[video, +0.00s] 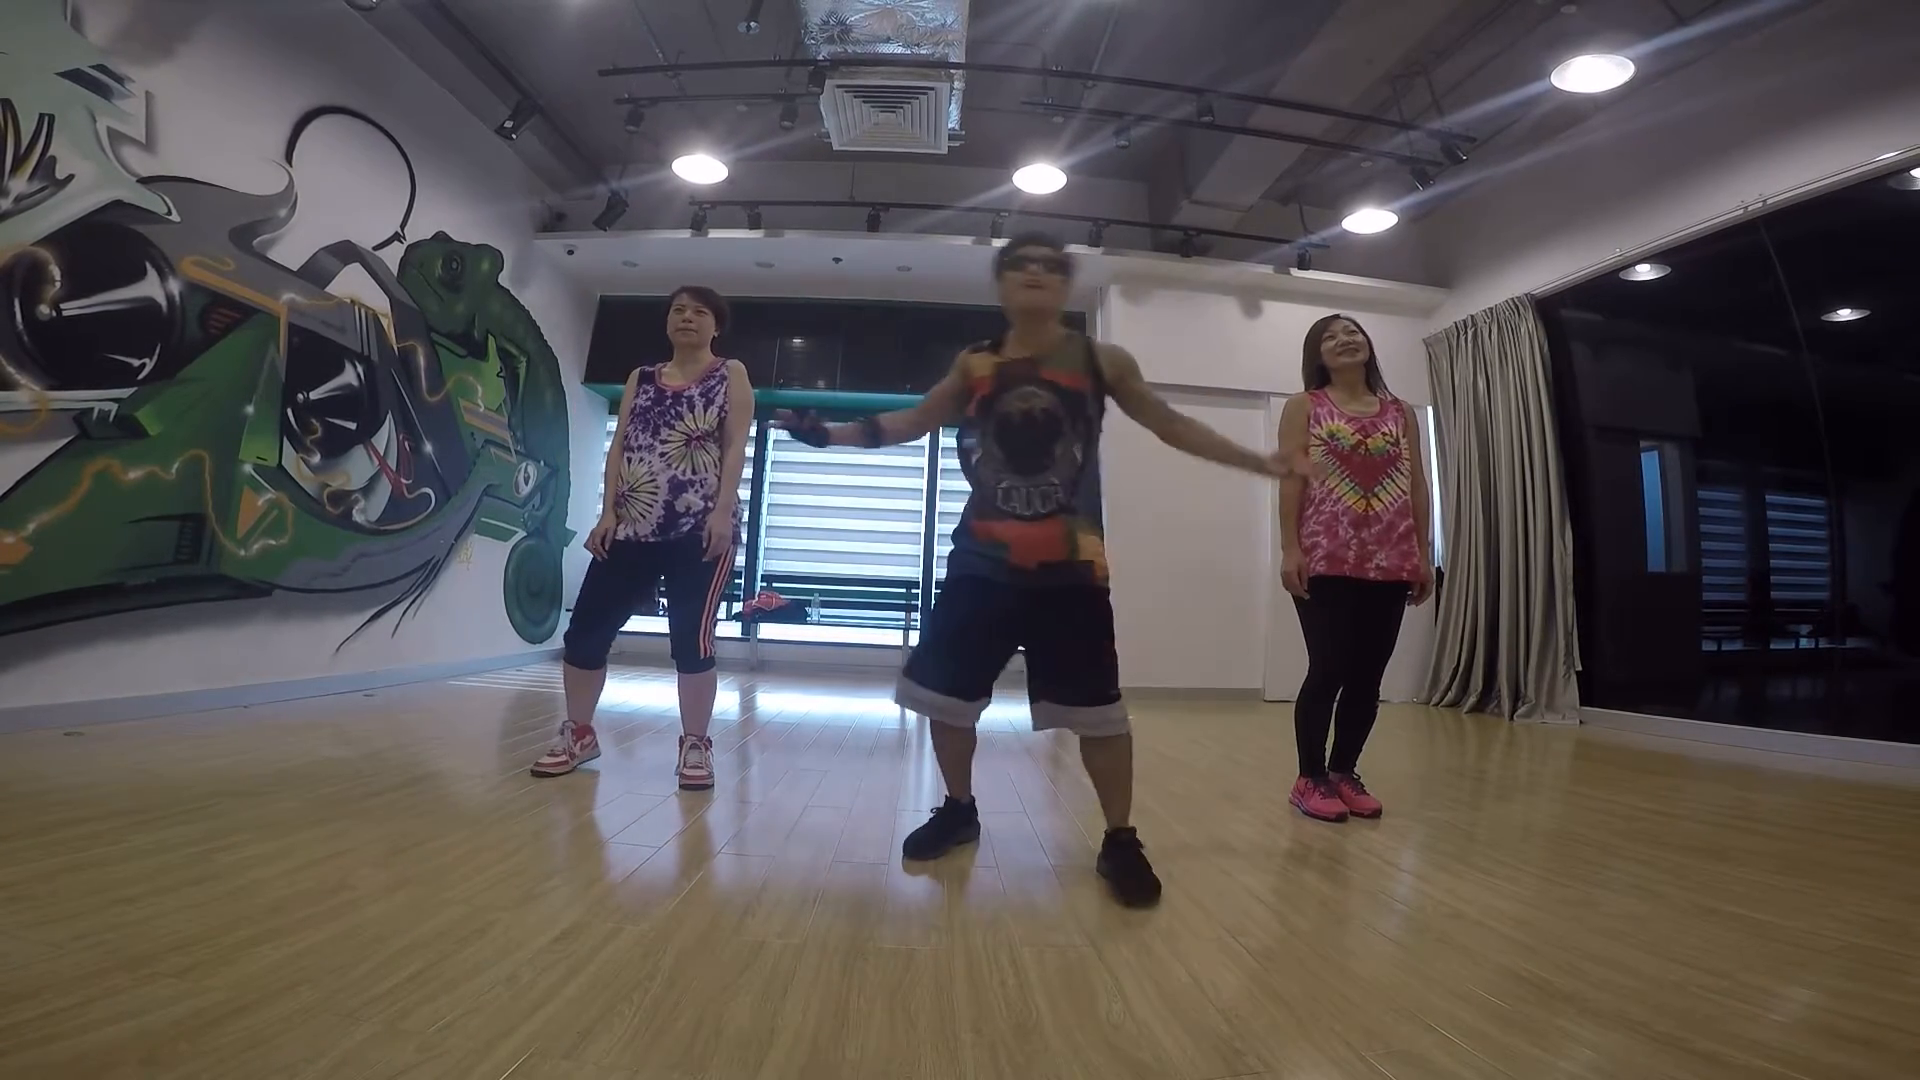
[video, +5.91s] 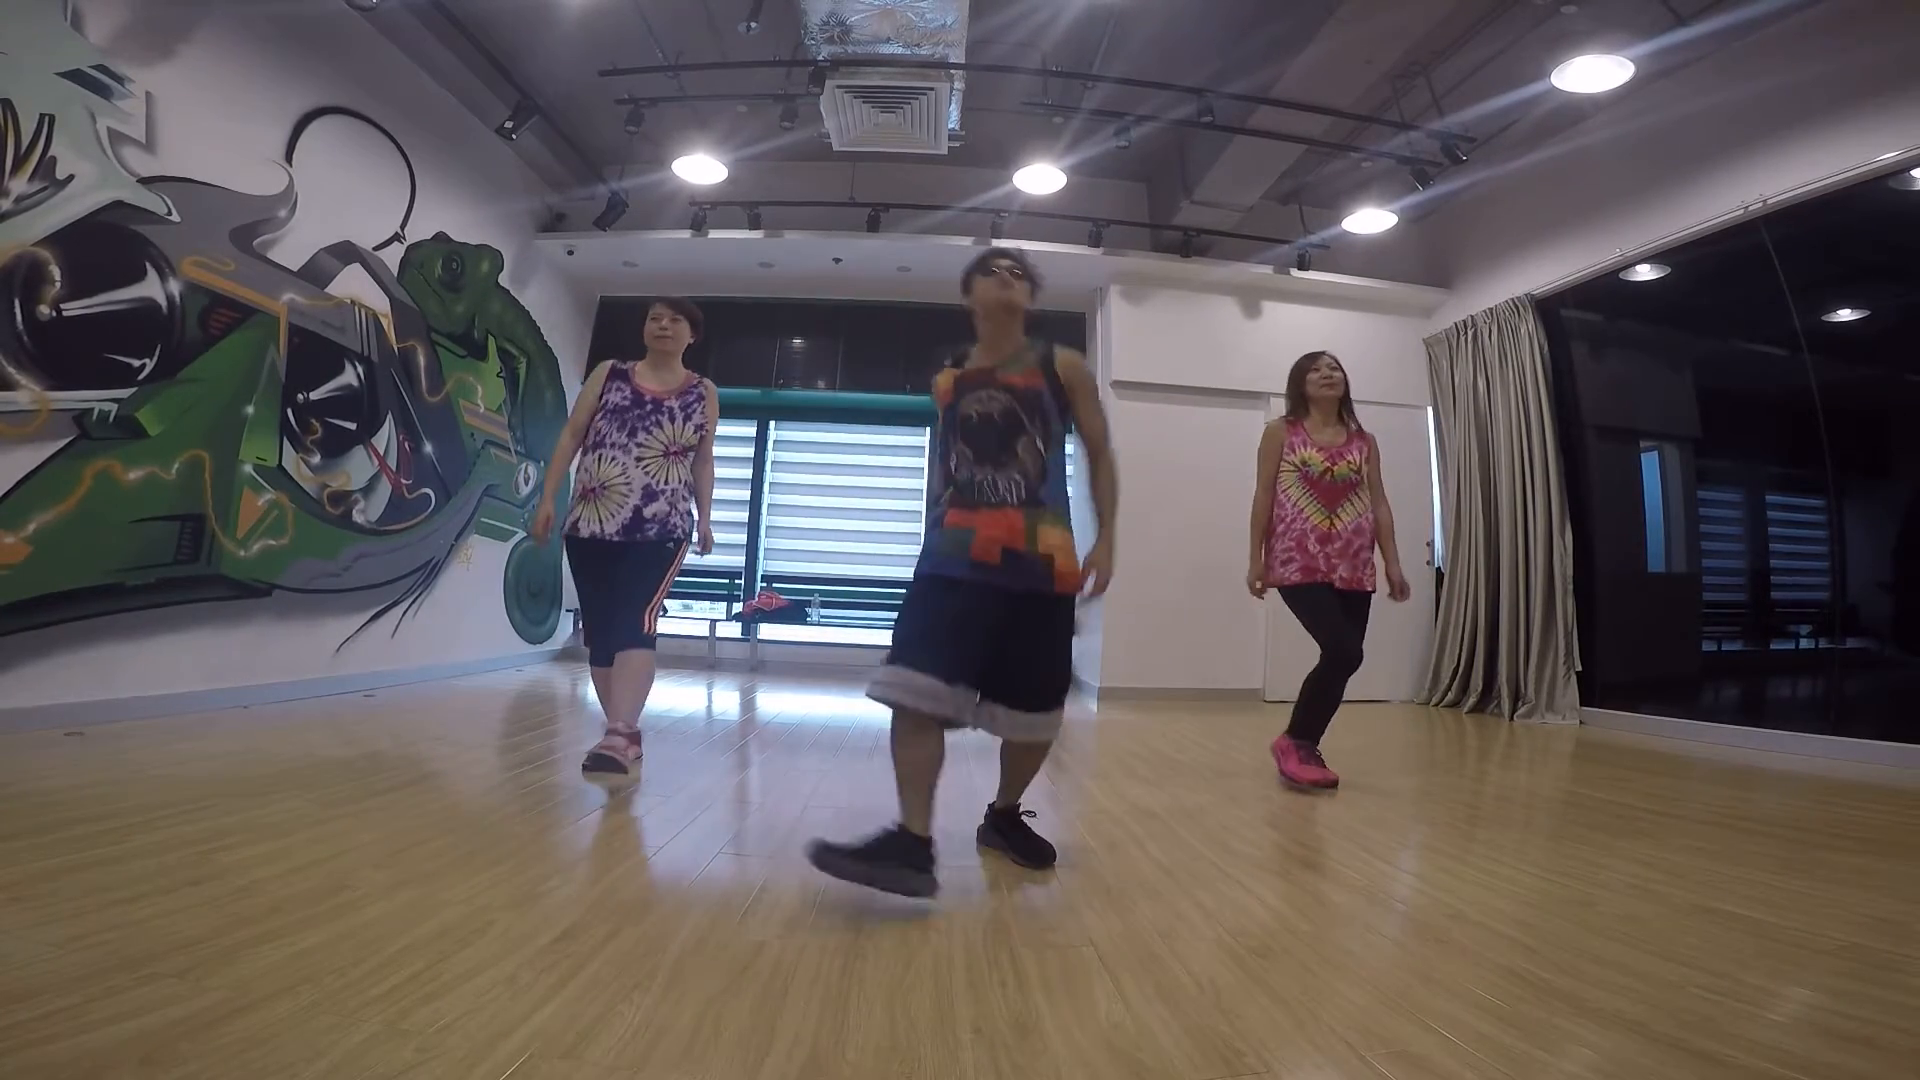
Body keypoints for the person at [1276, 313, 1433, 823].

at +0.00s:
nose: (1345, 338)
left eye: (1353, 332)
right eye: (1331, 336)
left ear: (1370, 348)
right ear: (1317, 358)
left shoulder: (1398, 411)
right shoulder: (1304, 407)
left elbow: (1417, 486)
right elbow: (1293, 479)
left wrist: (1423, 555)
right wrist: (1291, 548)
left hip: (1389, 564)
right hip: (1325, 562)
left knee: (1366, 679)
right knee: (1326, 672)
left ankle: (1344, 774)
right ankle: (1310, 780)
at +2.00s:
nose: (1394, 354)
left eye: (1402, 348)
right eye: (1382, 349)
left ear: (1415, 362)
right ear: (1364, 364)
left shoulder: (1435, 424)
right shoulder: (1343, 417)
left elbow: (1450, 495)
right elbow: (1330, 489)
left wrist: (1456, 559)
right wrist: (1329, 557)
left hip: (1422, 569)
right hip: (1359, 566)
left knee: (1404, 676)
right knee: (1356, 670)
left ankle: (1381, 771)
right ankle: (1316, 774)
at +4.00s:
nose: (1363, 341)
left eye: (1370, 337)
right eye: (1349, 336)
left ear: (1380, 357)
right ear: (1327, 355)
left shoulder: (1392, 421)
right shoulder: (1300, 406)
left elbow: (1400, 494)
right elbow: (1279, 476)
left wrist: (1411, 552)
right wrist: (1271, 543)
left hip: (1368, 565)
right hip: (1301, 559)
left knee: (1384, 671)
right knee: (1305, 668)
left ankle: (1355, 762)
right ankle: (1283, 783)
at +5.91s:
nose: (1327, 373)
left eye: (1334, 368)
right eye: (1315, 370)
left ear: (1345, 383)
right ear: (1299, 386)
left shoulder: (1363, 440)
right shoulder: (1281, 432)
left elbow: (1379, 505)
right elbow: (1264, 497)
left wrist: (1393, 565)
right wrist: (1256, 558)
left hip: (1354, 568)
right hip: (1296, 564)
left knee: (1343, 660)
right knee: (1343, 651)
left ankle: (1308, 751)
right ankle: (1293, 742)